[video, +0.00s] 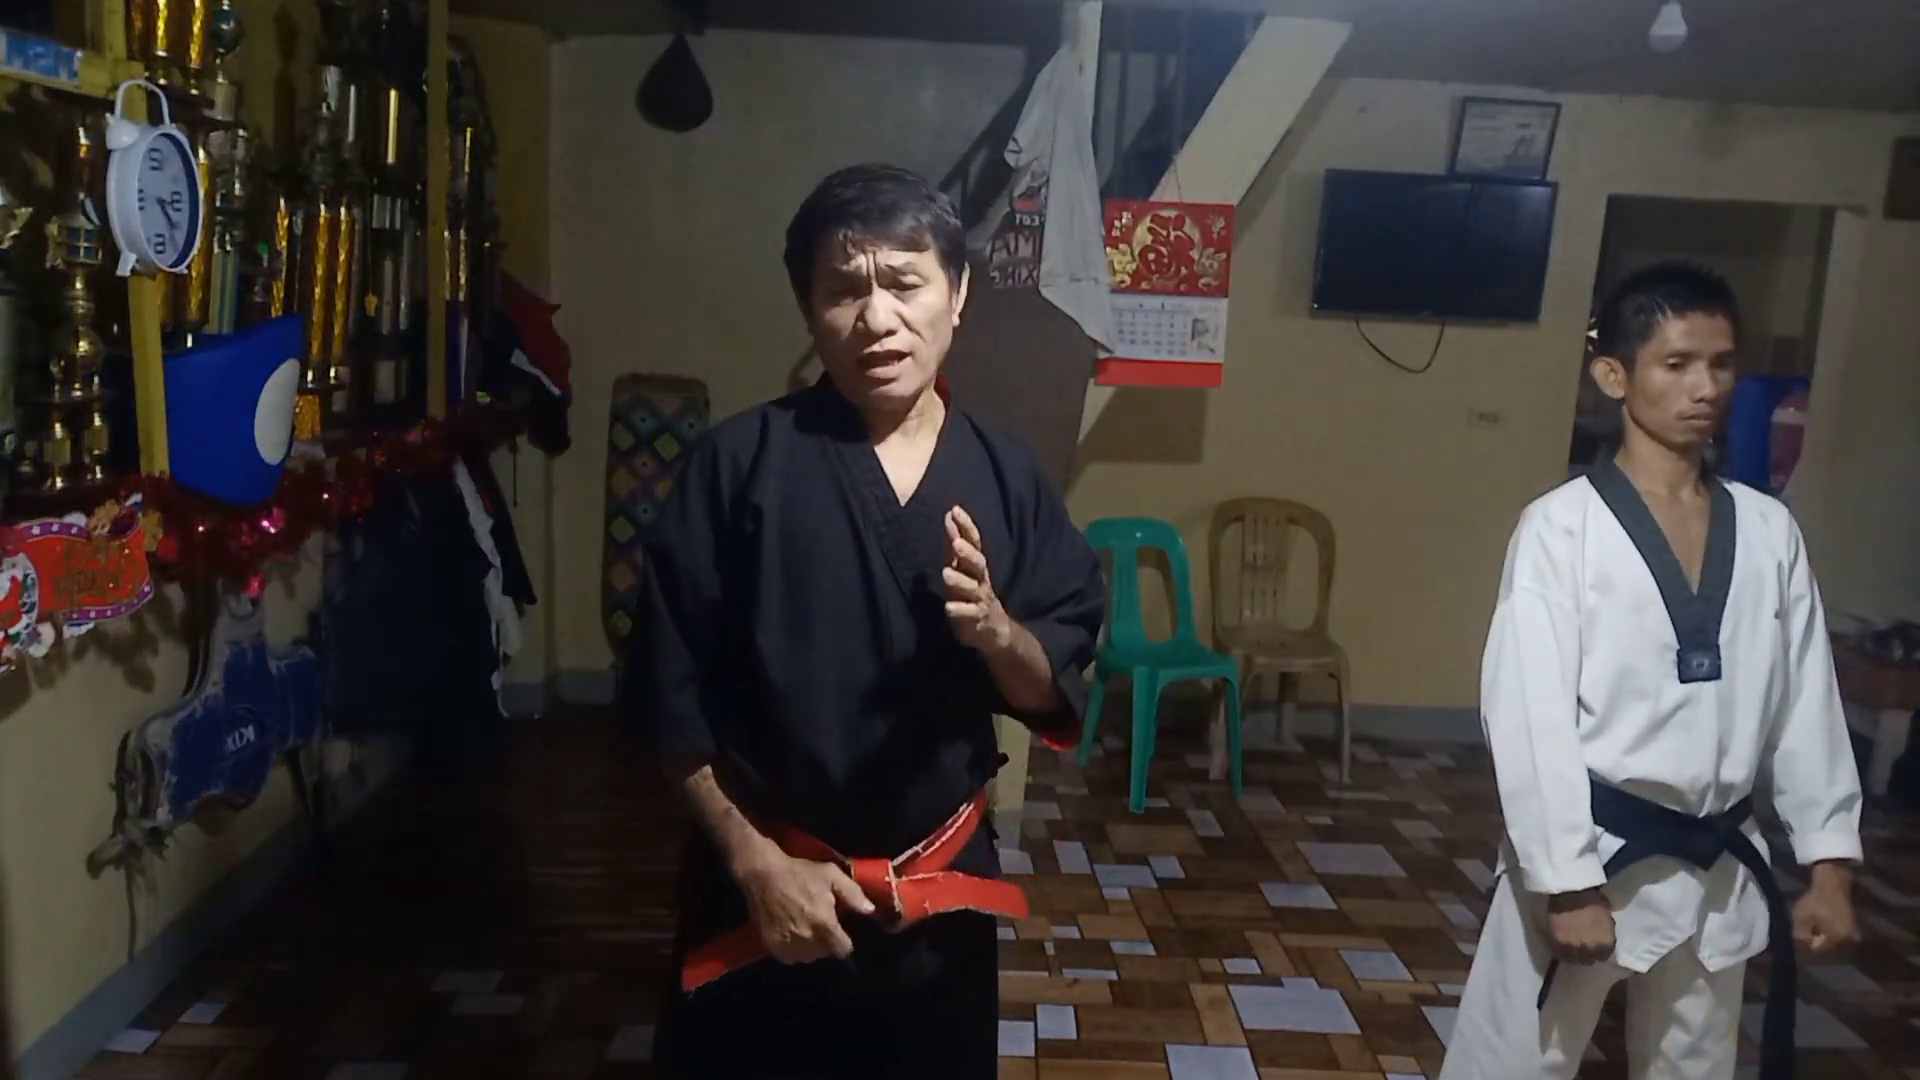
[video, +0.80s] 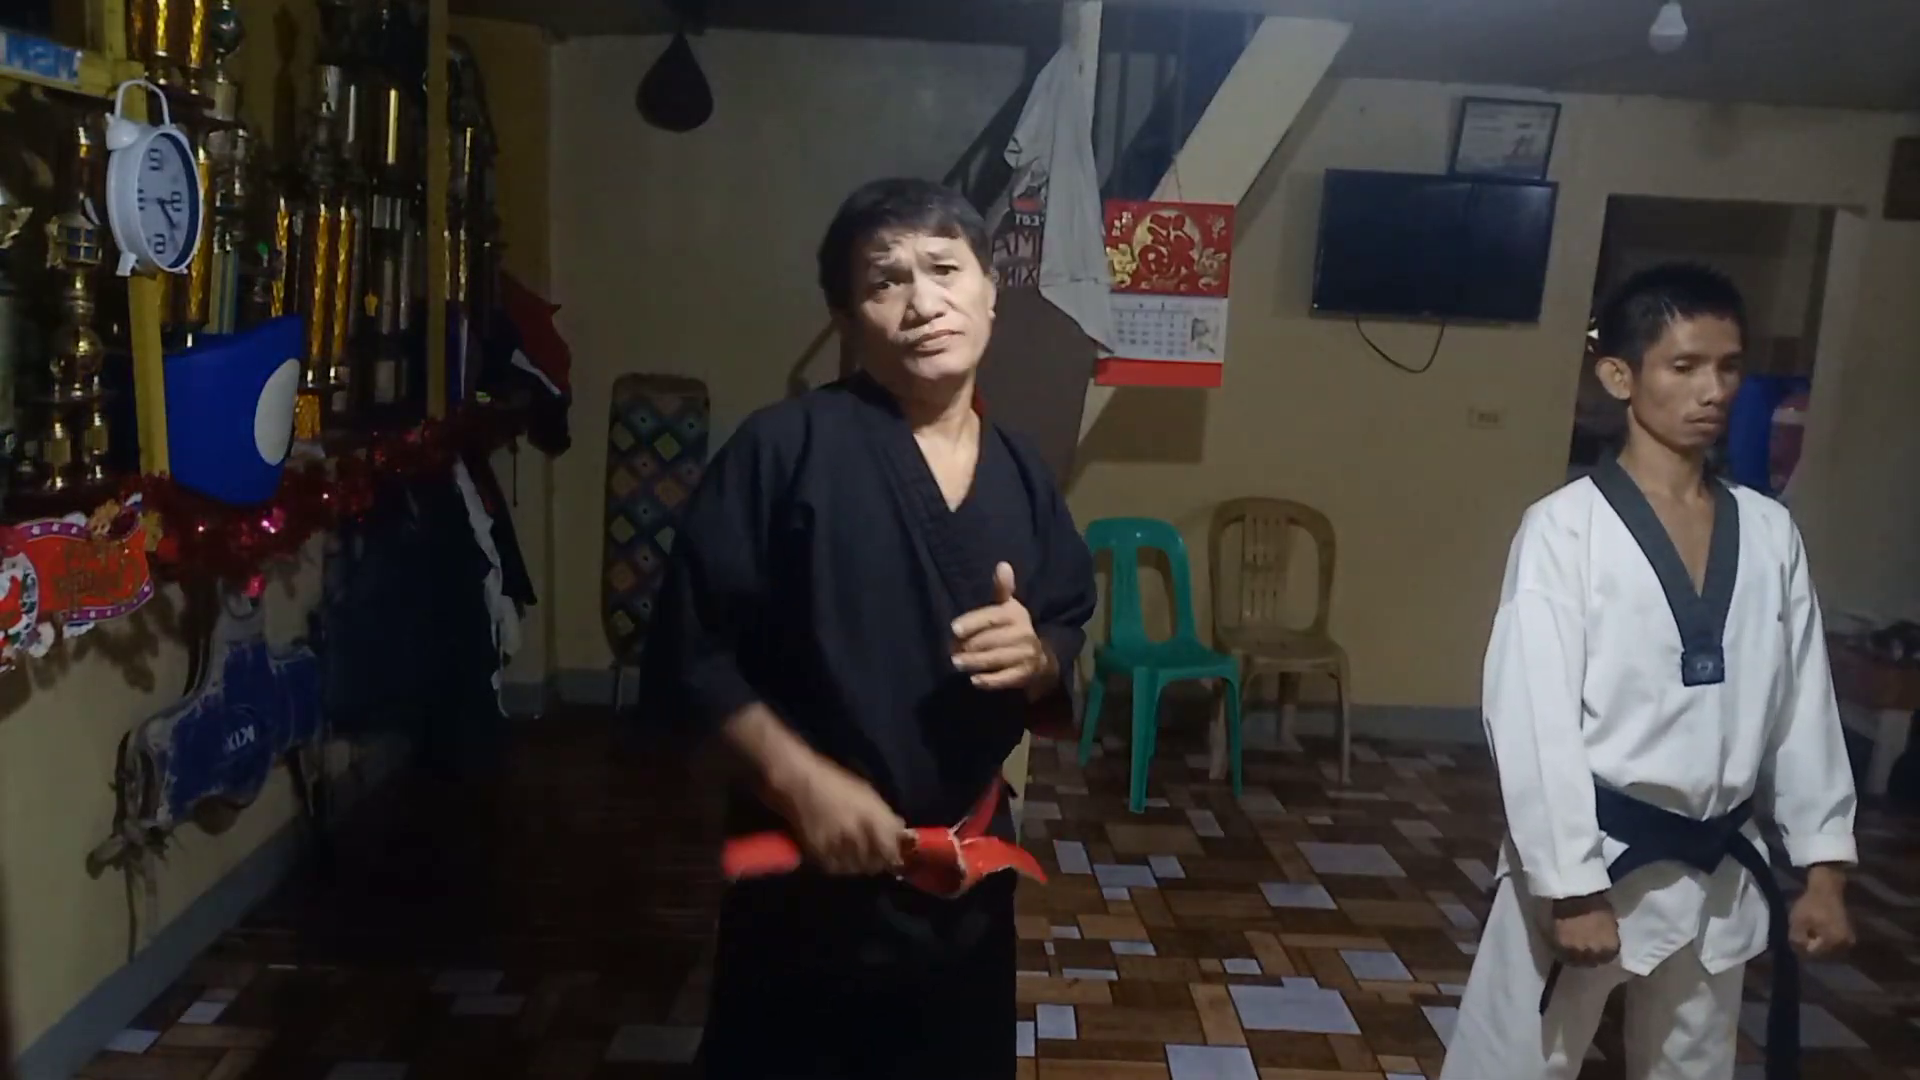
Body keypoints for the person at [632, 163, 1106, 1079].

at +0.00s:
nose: (876, 316)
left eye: (904, 284)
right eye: (844, 290)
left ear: (957, 297)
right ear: (809, 313)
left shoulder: (1006, 472)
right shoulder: (733, 468)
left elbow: (1054, 694)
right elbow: (662, 686)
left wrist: (996, 632)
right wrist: (754, 859)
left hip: (939, 902)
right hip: (755, 903)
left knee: (941, 1070)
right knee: (746, 1075)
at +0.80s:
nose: (924, 301)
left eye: (947, 269)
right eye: (887, 281)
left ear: (991, 294)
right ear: (845, 323)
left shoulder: (1017, 467)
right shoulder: (782, 450)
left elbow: (1064, 634)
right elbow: (683, 648)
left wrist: (1036, 654)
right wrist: (803, 778)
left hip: (966, 895)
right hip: (803, 892)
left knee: (964, 1068)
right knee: (785, 1071)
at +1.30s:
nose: (905, 303)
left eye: (930, 272)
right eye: (869, 279)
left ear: (969, 293)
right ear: (825, 309)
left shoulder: (973, 456)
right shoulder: (770, 449)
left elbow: (1019, 630)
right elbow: (631, 641)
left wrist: (992, 651)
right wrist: (807, 679)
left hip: (916, 862)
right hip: (775, 859)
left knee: (897, 1063)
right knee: (752, 1065)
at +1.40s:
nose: (852, 320)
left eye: (874, 284)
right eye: (812, 296)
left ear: (910, 296)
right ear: (764, 326)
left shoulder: (949, 460)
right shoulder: (719, 488)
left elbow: (1000, 614)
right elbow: (696, 748)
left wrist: (938, 648)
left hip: (892, 861)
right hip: (743, 868)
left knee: (893, 1062)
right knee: (744, 1065)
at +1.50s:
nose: (873, 325)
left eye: (885, 290)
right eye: (833, 299)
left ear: (905, 288)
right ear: (753, 316)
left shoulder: (927, 444)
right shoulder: (696, 474)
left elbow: (997, 643)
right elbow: (675, 717)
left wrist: (973, 562)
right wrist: (828, 838)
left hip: (891, 835)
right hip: (736, 845)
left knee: (892, 1059)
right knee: (738, 1062)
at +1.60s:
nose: (872, 314)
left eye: (882, 280)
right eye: (832, 289)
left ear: (901, 283)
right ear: (757, 312)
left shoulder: (935, 448)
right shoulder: (700, 469)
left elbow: (978, 641)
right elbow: (646, 703)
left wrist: (1037, 591)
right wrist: (776, 833)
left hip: (899, 861)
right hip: (739, 868)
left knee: (882, 1064)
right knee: (737, 1066)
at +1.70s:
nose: (871, 322)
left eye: (889, 290)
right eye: (834, 299)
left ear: (918, 307)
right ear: (784, 329)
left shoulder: (961, 464)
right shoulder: (730, 479)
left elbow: (996, 625)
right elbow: (651, 684)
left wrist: (1046, 655)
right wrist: (753, 811)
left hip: (909, 852)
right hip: (766, 855)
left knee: (877, 1058)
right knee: (755, 1064)